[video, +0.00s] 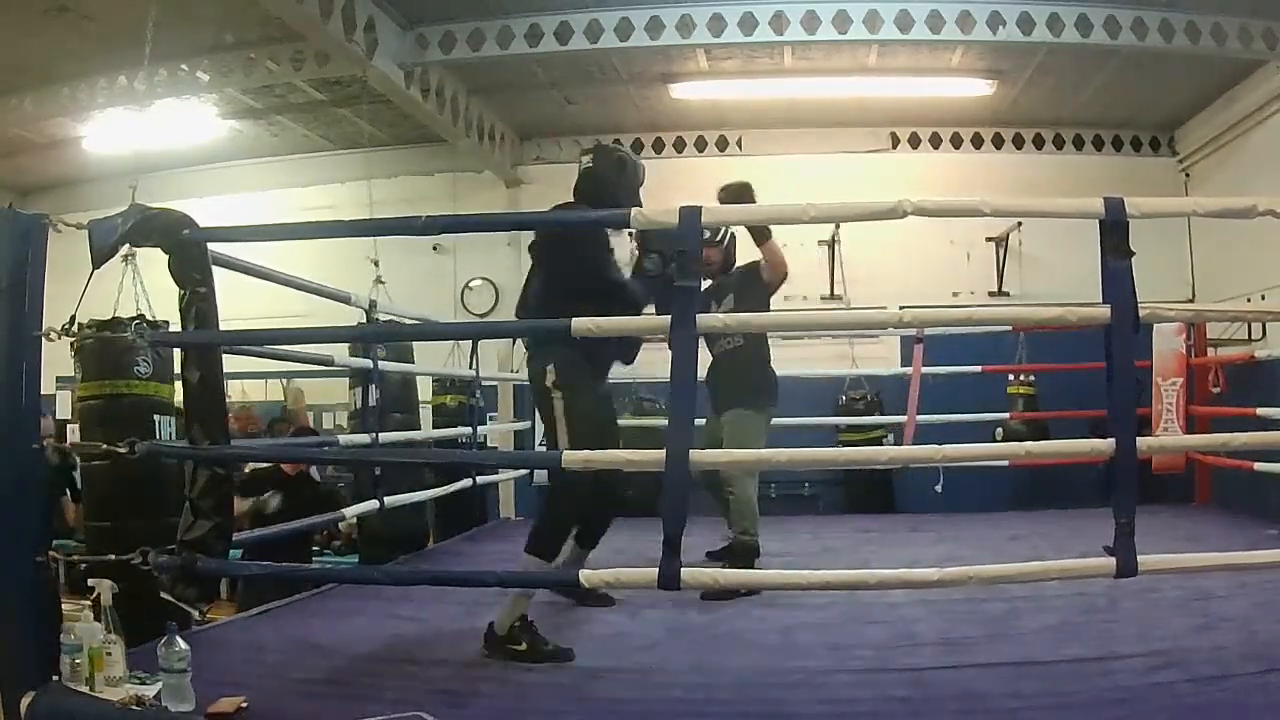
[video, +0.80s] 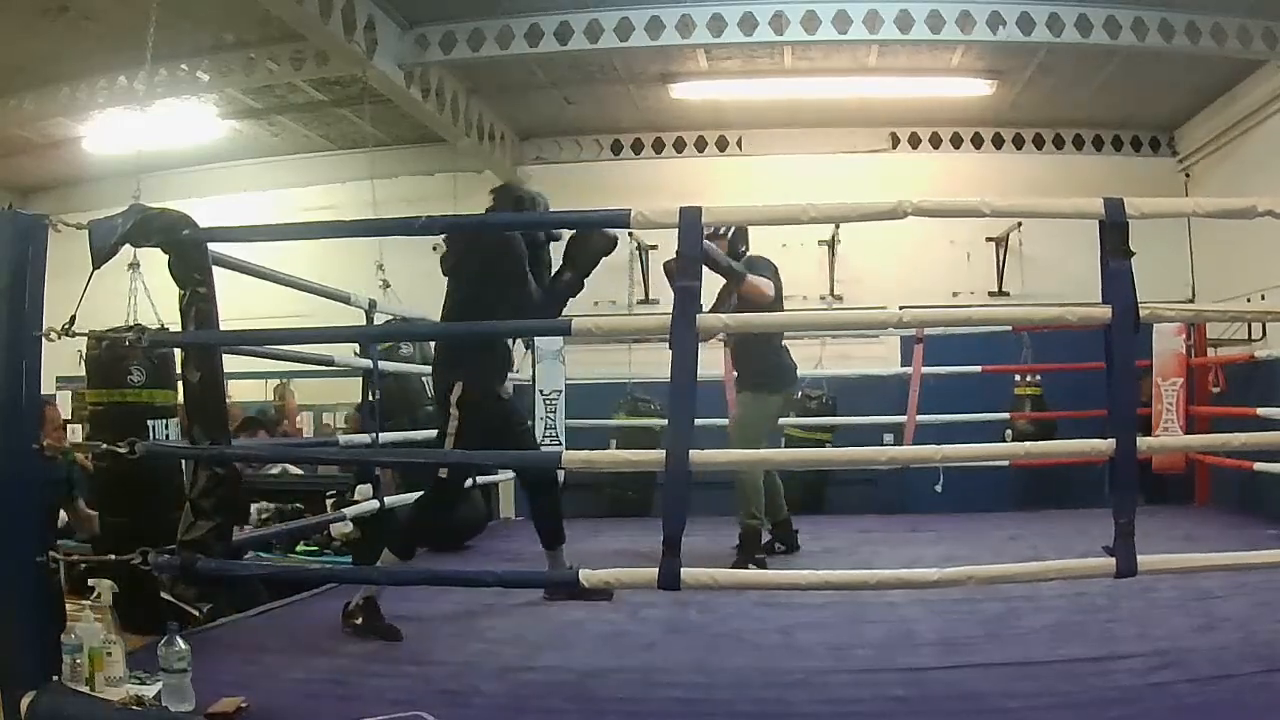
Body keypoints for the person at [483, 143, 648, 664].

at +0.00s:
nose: (635, 203)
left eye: (635, 194)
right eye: (632, 193)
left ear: (592, 181)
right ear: (613, 189)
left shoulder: (586, 229)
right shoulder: (576, 228)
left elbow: (610, 298)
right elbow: (612, 300)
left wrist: (639, 278)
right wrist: (643, 287)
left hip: (581, 370)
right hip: (562, 371)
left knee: (610, 483)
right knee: (575, 487)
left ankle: (566, 574)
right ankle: (507, 622)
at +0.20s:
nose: (605, 190)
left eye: (605, 181)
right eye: (601, 181)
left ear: (563, 171)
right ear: (582, 176)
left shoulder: (537, 209)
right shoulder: (565, 211)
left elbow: (604, 276)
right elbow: (611, 280)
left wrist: (620, 224)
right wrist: (630, 232)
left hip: (542, 345)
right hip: (540, 346)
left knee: (568, 461)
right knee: (535, 461)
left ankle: (560, 579)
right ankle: (456, 586)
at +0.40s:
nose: (572, 206)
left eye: (573, 199)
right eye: (569, 198)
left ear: (529, 185)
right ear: (556, 191)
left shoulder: (507, 220)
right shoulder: (543, 219)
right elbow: (572, 288)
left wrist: (588, 226)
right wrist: (602, 228)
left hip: (495, 366)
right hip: (504, 368)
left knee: (576, 467)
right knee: (476, 496)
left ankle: (564, 579)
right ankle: (382, 582)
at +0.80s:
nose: (544, 235)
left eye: (543, 228)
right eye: (539, 226)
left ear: (503, 212)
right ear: (520, 218)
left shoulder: (495, 241)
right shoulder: (498, 241)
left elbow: (539, 310)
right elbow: (533, 314)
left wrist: (570, 266)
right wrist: (576, 266)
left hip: (479, 379)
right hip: (467, 379)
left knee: (539, 470)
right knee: (445, 492)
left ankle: (560, 573)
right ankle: (365, 597)